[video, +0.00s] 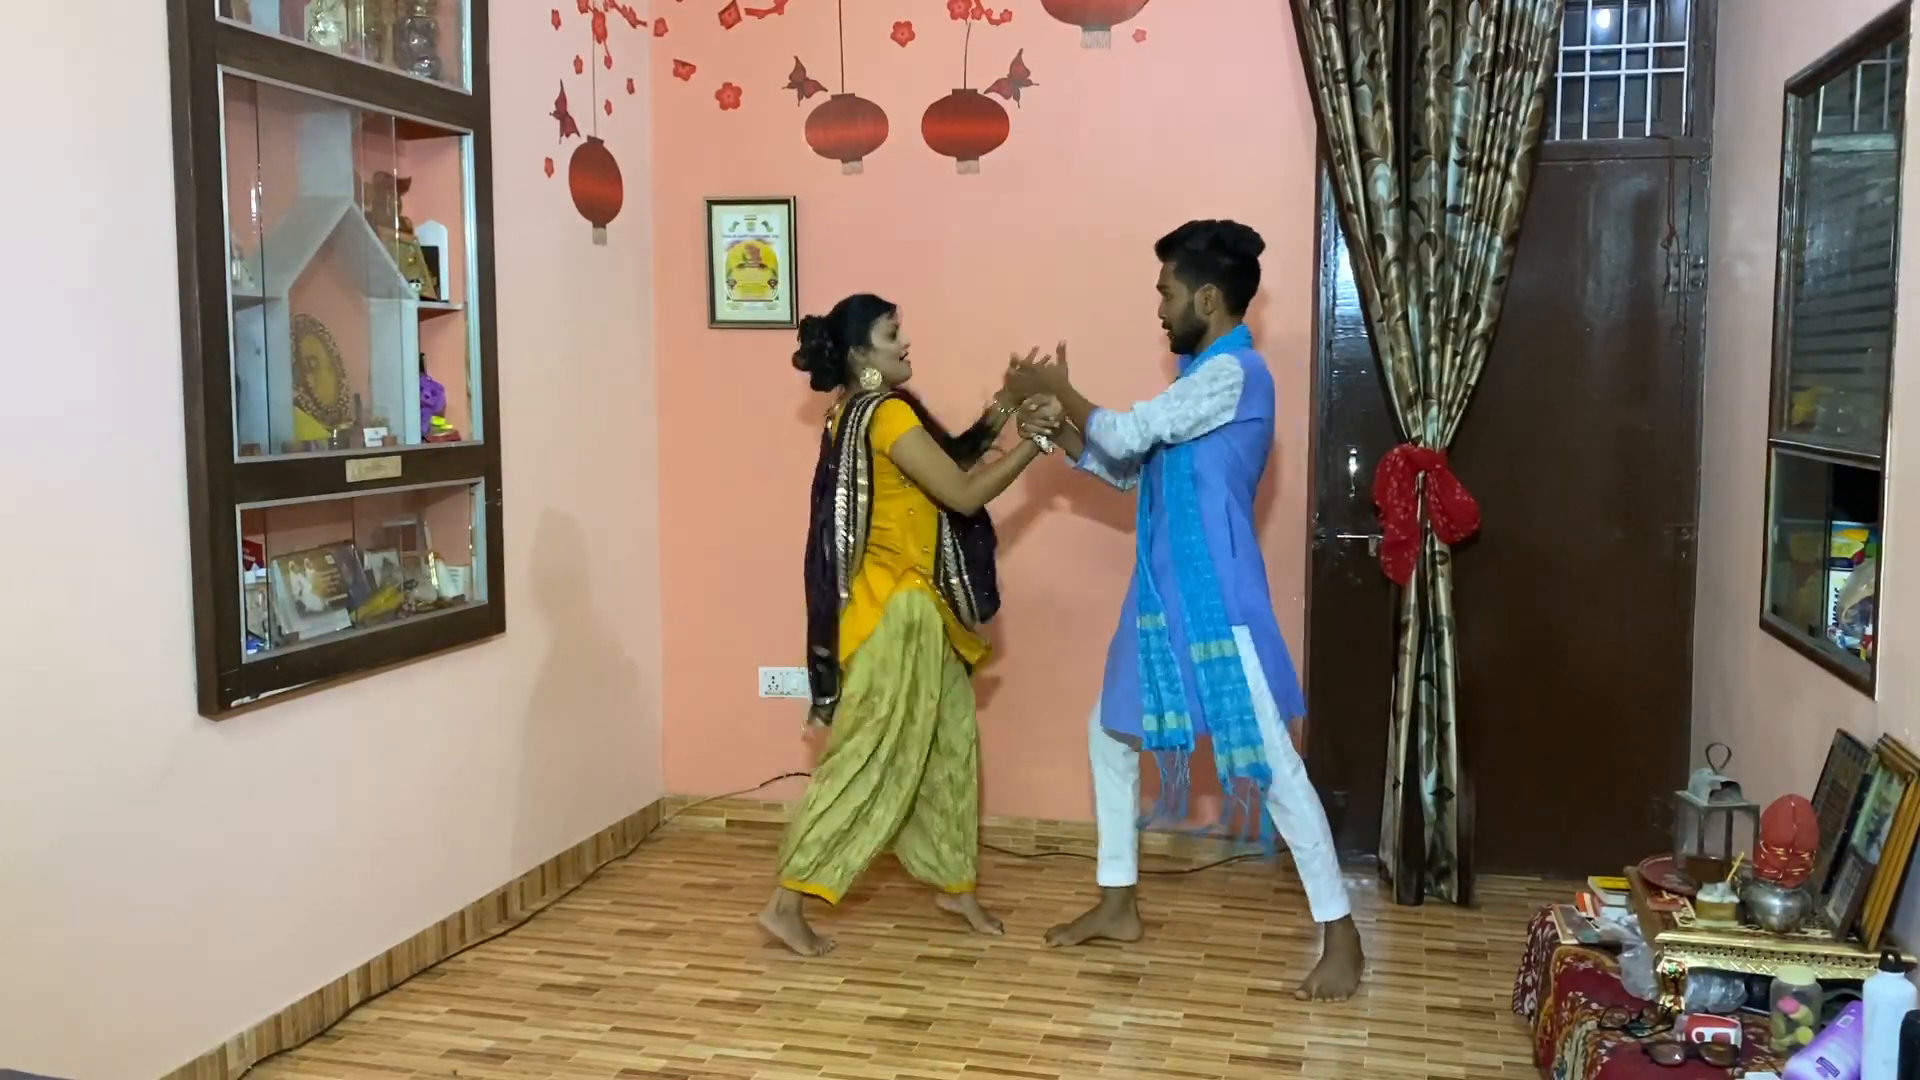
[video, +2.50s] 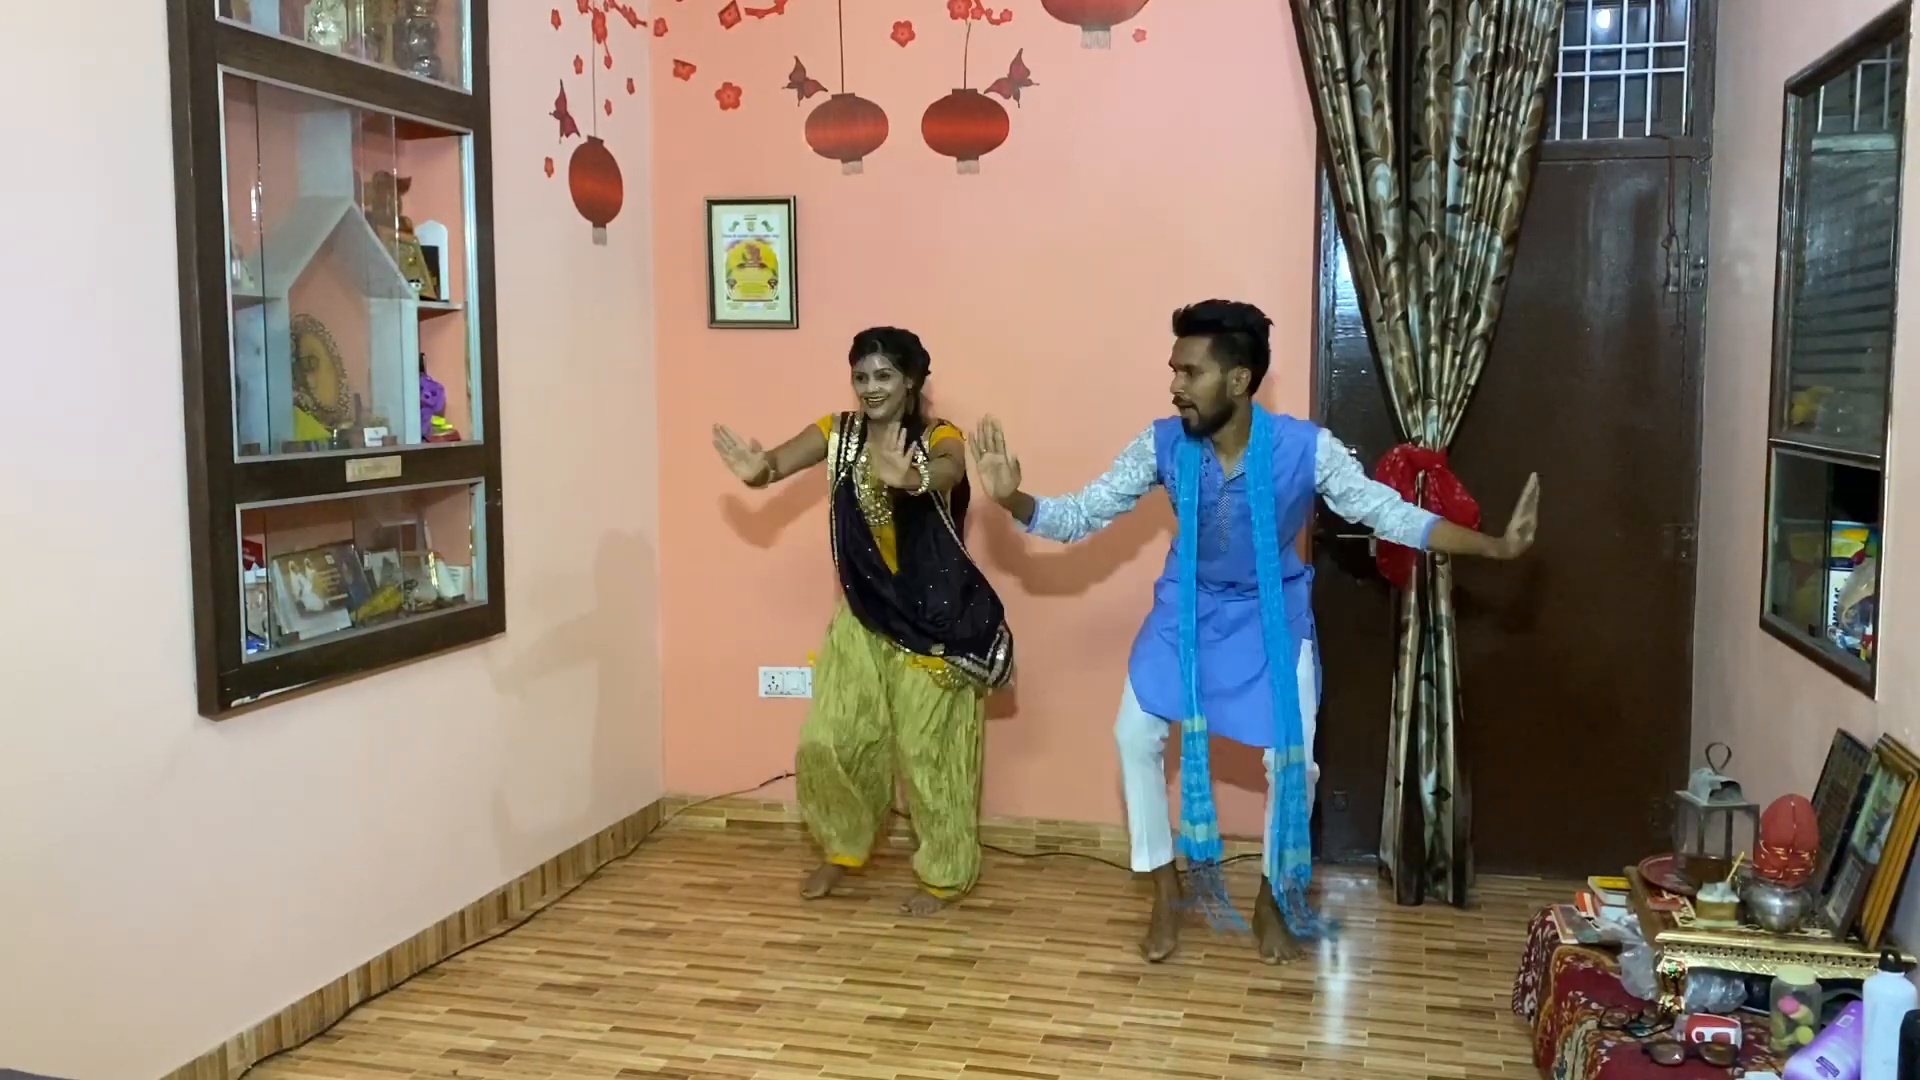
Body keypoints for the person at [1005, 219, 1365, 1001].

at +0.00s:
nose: (1156, 302)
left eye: (1166, 288)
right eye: (1158, 288)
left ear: (1210, 295)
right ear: (1210, 297)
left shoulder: (1235, 371)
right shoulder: (1198, 381)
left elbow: (1128, 435)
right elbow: (1131, 472)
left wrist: (1061, 392)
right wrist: (1055, 431)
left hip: (1219, 598)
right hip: (1159, 597)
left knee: (1271, 757)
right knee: (1110, 734)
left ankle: (1337, 931)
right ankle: (1116, 905)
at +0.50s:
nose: (1136, 304)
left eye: (1147, 291)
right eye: (1138, 289)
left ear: (1189, 300)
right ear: (1183, 299)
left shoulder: (1200, 386)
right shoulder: (1170, 384)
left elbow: (1110, 468)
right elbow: (1119, 478)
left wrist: (1051, 428)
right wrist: (1052, 449)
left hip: (1206, 613)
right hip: (1155, 614)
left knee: (1256, 770)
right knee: (1098, 737)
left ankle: (1354, 926)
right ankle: (1114, 906)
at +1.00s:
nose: (1067, 332)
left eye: (1077, 319)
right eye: (1069, 317)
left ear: (1121, 324)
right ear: (1119, 325)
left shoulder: (1167, 391)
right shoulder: (1132, 401)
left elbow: (1099, 493)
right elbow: (1101, 513)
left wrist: (1042, 448)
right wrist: (1029, 487)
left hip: (1227, 595)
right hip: (1174, 598)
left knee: (1253, 763)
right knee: (1117, 730)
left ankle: (1350, 922)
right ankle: (1118, 905)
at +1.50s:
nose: (1104, 277)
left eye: (1116, 265)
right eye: (1108, 263)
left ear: (1157, 278)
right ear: (1150, 277)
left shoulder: (1209, 374)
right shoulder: (1103, 344)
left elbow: (1252, 477)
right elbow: (1023, 287)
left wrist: (1145, 523)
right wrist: (950, 220)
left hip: (1190, 582)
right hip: (1110, 577)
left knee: (1233, 737)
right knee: (1110, 730)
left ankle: (1274, 913)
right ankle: (1124, 902)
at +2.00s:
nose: (1190, 291)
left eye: (1206, 276)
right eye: (1177, 275)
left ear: (1233, 284)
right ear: (1161, 282)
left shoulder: (1262, 375)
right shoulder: (1130, 369)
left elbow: (1252, 483)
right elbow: (1096, 471)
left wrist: (1136, 486)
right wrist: (1200, 428)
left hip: (1226, 585)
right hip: (1141, 583)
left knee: (1250, 747)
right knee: (1108, 738)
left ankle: (1262, 917)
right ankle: (1111, 893)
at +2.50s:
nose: (1175, 384)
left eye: (1190, 372)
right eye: (1174, 369)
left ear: (1242, 379)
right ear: (1182, 375)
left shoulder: (1303, 447)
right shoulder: (1165, 445)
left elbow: (1388, 513)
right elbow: (1083, 513)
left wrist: (1497, 546)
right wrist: (1016, 501)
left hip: (1276, 610)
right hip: (1187, 608)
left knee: (1293, 754)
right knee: (1136, 732)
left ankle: (1277, 899)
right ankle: (1162, 889)